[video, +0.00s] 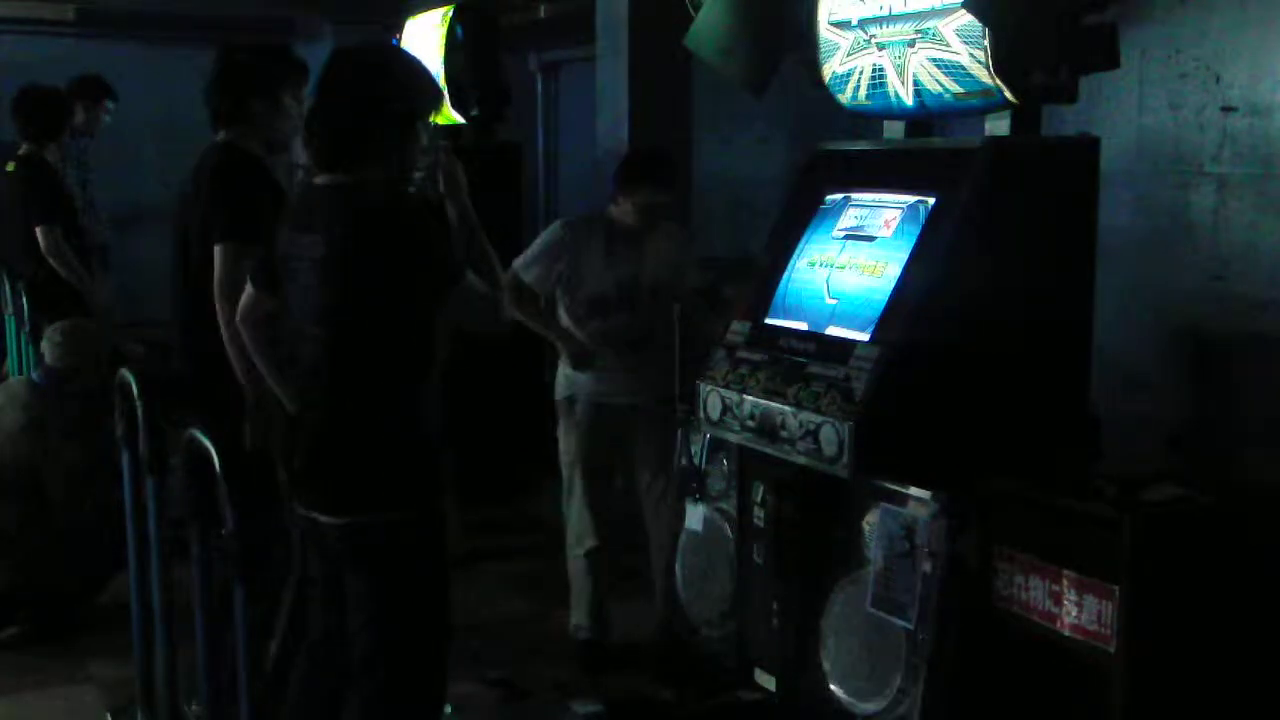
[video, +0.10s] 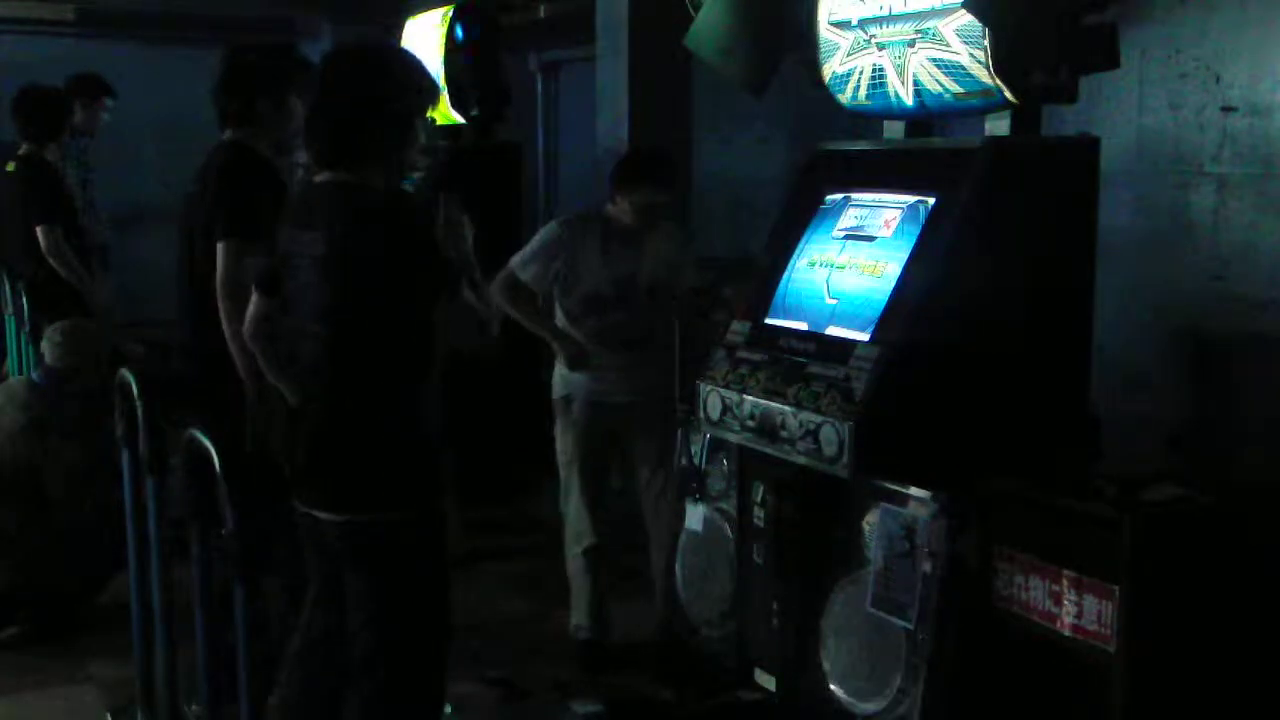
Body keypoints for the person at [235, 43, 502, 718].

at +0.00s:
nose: (424, 138)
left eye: (425, 123)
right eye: (417, 122)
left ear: (330, 118)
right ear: (391, 127)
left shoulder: (306, 205)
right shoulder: (401, 218)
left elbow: (249, 314)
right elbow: (489, 305)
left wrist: (292, 403)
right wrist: (458, 197)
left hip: (316, 449)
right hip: (390, 458)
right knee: (404, 641)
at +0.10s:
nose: (424, 137)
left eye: (423, 120)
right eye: (417, 121)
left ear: (327, 119)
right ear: (390, 125)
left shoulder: (304, 211)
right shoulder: (409, 221)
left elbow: (255, 326)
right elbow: (471, 329)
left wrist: (298, 398)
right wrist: (462, 258)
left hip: (314, 457)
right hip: (391, 465)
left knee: (325, 630)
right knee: (403, 647)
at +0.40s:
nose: (420, 139)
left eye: (419, 124)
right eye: (414, 124)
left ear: (325, 123)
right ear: (391, 128)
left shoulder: (291, 217)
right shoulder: (393, 218)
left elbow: (287, 354)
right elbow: (442, 360)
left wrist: (322, 403)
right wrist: (477, 354)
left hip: (316, 471)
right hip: (393, 479)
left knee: (328, 648)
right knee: (405, 660)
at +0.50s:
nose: (420, 141)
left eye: (420, 125)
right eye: (413, 126)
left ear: (328, 122)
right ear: (388, 127)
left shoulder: (291, 211)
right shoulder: (383, 216)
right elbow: (434, 356)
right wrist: (470, 346)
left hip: (310, 467)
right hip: (385, 479)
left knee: (326, 650)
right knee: (403, 660)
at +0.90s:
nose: (418, 146)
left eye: (419, 130)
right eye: (412, 130)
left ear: (327, 124)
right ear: (387, 128)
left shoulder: (287, 215)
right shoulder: (384, 220)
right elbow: (437, 360)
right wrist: (481, 320)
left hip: (308, 473)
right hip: (387, 487)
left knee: (325, 652)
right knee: (402, 666)